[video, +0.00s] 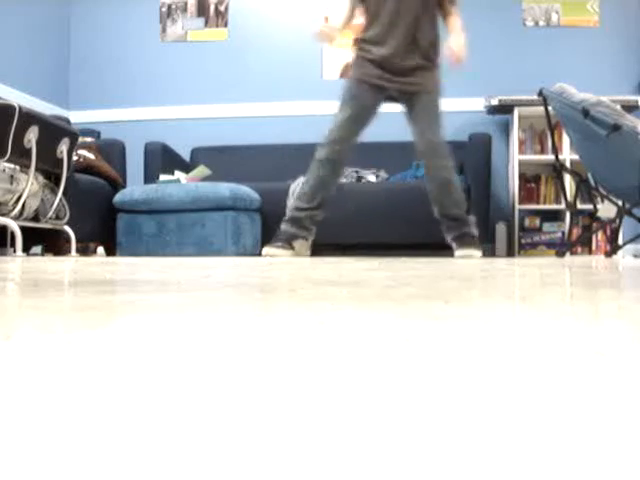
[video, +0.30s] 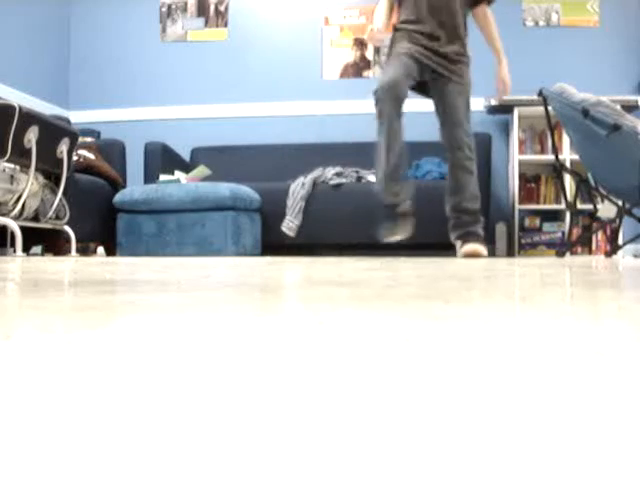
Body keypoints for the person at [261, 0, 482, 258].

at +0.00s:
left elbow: (450, 11)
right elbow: (352, 8)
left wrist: (457, 38)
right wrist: (337, 29)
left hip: (420, 68)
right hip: (371, 65)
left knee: (432, 148)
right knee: (335, 142)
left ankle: (463, 239)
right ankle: (295, 236)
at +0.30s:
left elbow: (480, 8)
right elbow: (388, 2)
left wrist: (501, 59)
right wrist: (379, 26)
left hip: (453, 46)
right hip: (410, 39)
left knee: (460, 141)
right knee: (389, 87)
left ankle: (469, 234)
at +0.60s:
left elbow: (482, 8)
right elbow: (394, 3)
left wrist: (497, 57)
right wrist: (383, 29)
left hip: (456, 52)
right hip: (411, 47)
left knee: (460, 141)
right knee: (394, 111)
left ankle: (469, 233)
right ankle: (419, 216)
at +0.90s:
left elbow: (454, 5)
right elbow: (367, 14)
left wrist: (458, 29)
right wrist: (356, 41)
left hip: (429, 57)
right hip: (383, 57)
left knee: (442, 147)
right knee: (367, 149)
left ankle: (464, 234)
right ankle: (362, 238)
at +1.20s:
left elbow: (428, 3)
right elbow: (342, 11)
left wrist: (435, 26)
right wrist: (330, 37)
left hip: (401, 44)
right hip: (356, 47)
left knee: (390, 133)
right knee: (358, 145)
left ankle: (407, 226)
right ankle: (361, 233)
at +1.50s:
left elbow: (423, 3)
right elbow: (338, 9)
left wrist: (435, 30)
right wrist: (326, 27)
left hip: (398, 39)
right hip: (351, 43)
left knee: (397, 128)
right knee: (354, 147)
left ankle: (420, 221)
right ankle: (361, 235)